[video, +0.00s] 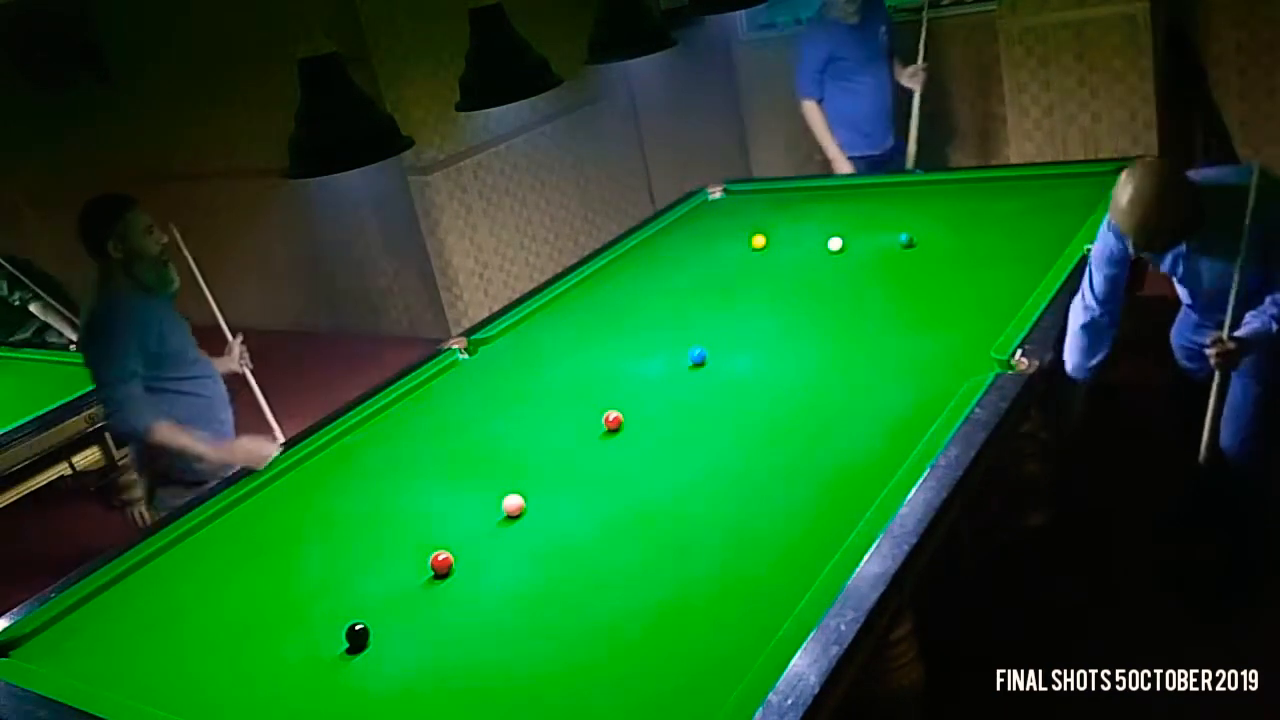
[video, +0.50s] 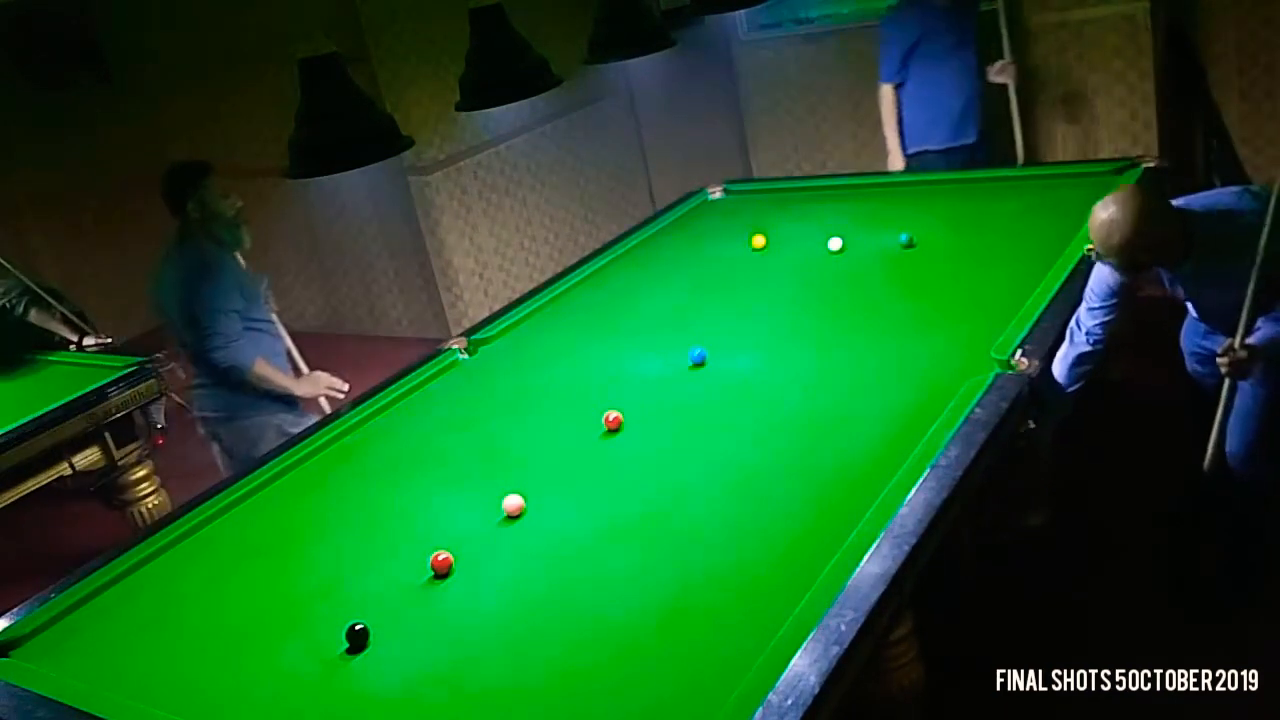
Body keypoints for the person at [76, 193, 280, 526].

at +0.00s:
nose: (163, 239)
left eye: (156, 228)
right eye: (148, 232)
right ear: (117, 249)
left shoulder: (145, 298)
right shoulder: (114, 315)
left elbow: (168, 364)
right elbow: (127, 414)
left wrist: (222, 364)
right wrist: (222, 450)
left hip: (214, 474)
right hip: (185, 488)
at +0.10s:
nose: (175, 231)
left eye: (169, 221)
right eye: (161, 225)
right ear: (131, 241)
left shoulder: (154, 290)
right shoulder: (136, 301)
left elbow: (174, 363)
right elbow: (156, 398)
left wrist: (223, 352)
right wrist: (244, 431)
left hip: (227, 464)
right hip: (202, 480)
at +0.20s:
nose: (187, 221)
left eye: (182, 211)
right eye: (173, 214)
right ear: (144, 230)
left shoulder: (164, 279)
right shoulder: (153, 286)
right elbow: (173, 382)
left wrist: (224, 336)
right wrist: (258, 415)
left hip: (232, 446)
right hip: (215, 457)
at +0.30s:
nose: (201, 211)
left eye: (196, 201)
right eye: (187, 205)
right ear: (159, 218)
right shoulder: (170, 272)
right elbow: (188, 368)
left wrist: (228, 322)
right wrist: (271, 402)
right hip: (230, 434)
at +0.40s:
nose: (217, 205)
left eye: (211, 196)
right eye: (203, 199)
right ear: (176, 213)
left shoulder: (180, 260)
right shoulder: (187, 266)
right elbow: (203, 359)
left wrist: (237, 313)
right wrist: (282, 394)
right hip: (244, 428)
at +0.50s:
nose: (237, 202)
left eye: (231, 193)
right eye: (223, 196)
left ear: (195, 210)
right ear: (195, 209)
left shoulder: (188, 258)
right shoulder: (209, 261)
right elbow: (223, 350)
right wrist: (296, 386)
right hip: (260, 418)